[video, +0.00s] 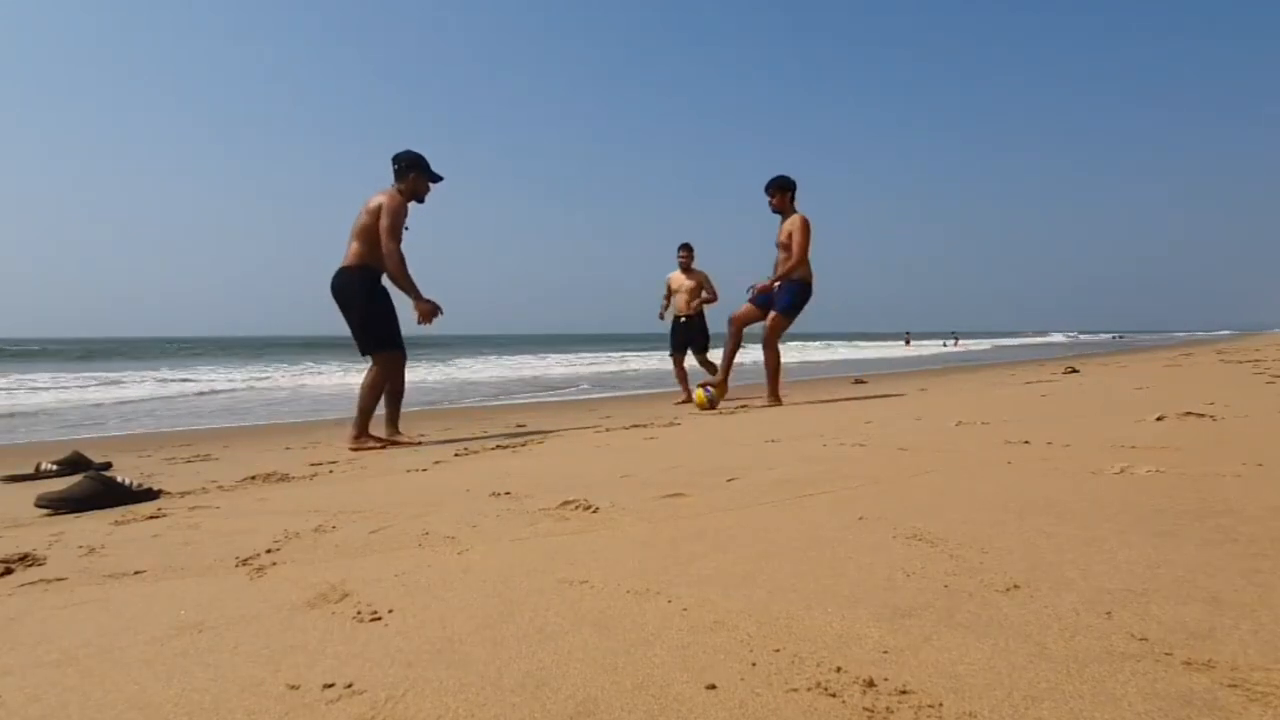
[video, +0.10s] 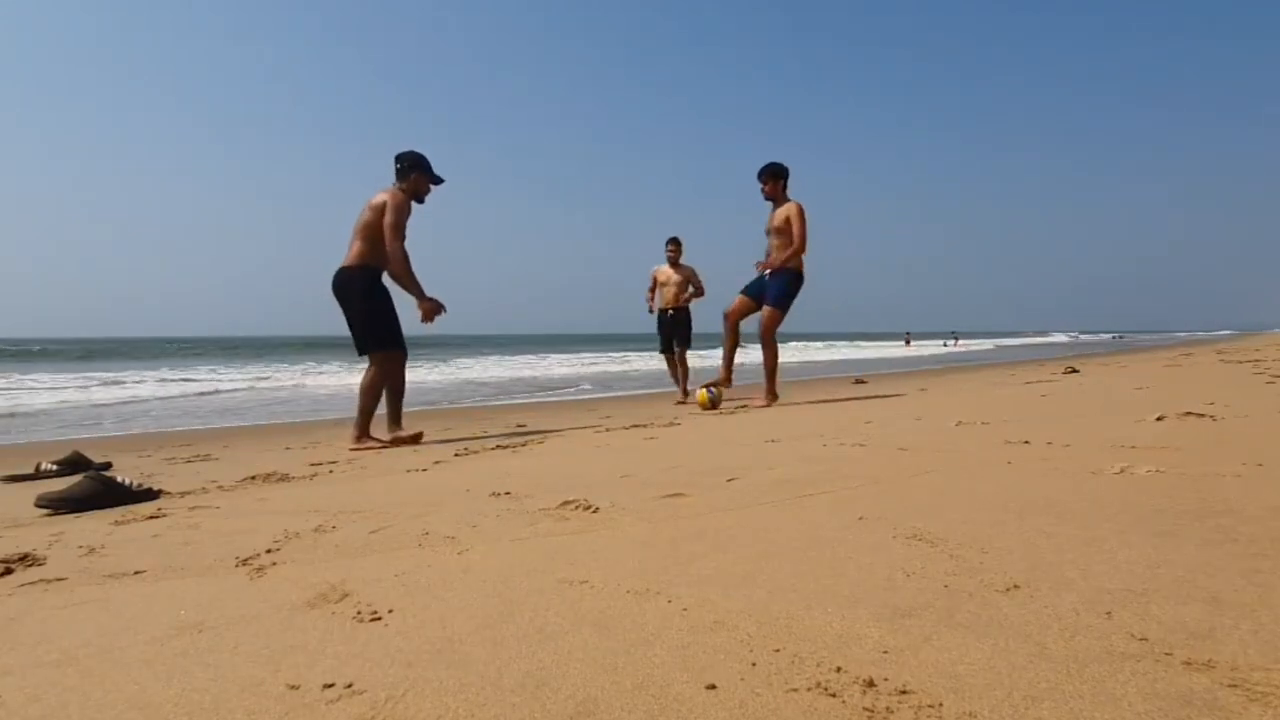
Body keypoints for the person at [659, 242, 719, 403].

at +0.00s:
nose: (683, 260)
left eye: (686, 257)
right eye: (680, 257)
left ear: (692, 258)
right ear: (677, 258)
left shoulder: (700, 276)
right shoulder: (671, 278)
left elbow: (713, 296)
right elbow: (667, 297)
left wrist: (700, 300)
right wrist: (663, 309)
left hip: (695, 318)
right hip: (678, 319)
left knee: (701, 358)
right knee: (677, 360)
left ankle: (720, 380)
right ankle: (686, 394)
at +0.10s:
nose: (671, 254)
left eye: (675, 251)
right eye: (669, 251)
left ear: (680, 252)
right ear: (665, 252)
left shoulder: (688, 271)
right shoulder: (657, 271)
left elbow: (700, 290)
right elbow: (651, 289)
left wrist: (690, 294)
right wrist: (650, 300)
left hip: (680, 311)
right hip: (663, 312)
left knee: (680, 354)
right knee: (668, 354)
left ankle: (683, 391)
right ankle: (681, 387)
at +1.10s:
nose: (573, 256)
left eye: (574, 253)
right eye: (569, 253)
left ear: (576, 255)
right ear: (560, 253)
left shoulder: (577, 277)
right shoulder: (546, 273)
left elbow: (579, 299)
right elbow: (533, 297)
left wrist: (582, 313)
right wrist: (537, 314)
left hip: (568, 322)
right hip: (548, 321)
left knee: (569, 367)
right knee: (538, 367)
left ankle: (566, 405)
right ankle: (531, 408)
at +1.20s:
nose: (565, 255)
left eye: (567, 252)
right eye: (562, 252)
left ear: (568, 254)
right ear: (552, 252)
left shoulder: (569, 276)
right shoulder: (538, 273)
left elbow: (571, 298)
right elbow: (526, 296)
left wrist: (574, 313)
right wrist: (532, 312)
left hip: (561, 322)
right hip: (542, 321)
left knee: (565, 366)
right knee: (534, 366)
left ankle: (566, 405)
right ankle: (530, 407)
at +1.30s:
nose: (559, 253)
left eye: (561, 250)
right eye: (556, 250)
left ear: (562, 252)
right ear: (546, 250)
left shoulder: (564, 274)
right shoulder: (533, 271)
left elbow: (566, 297)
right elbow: (521, 296)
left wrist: (569, 313)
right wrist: (529, 311)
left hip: (557, 320)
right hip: (538, 320)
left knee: (563, 365)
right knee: (531, 367)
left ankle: (564, 403)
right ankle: (529, 407)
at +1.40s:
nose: (555, 252)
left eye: (557, 249)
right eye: (551, 248)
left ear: (558, 251)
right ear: (541, 249)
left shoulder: (560, 273)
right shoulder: (530, 271)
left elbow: (562, 294)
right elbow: (518, 295)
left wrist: (567, 309)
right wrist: (529, 310)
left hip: (556, 321)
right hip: (536, 321)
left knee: (563, 365)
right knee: (531, 367)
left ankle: (561, 401)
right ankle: (529, 406)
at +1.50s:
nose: (553, 252)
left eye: (555, 248)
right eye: (549, 248)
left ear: (556, 250)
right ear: (539, 249)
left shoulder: (558, 271)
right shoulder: (529, 270)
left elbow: (560, 295)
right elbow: (519, 296)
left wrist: (570, 314)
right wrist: (533, 311)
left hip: (556, 321)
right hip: (535, 321)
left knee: (563, 363)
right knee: (531, 366)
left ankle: (562, 403)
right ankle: (529, 407)